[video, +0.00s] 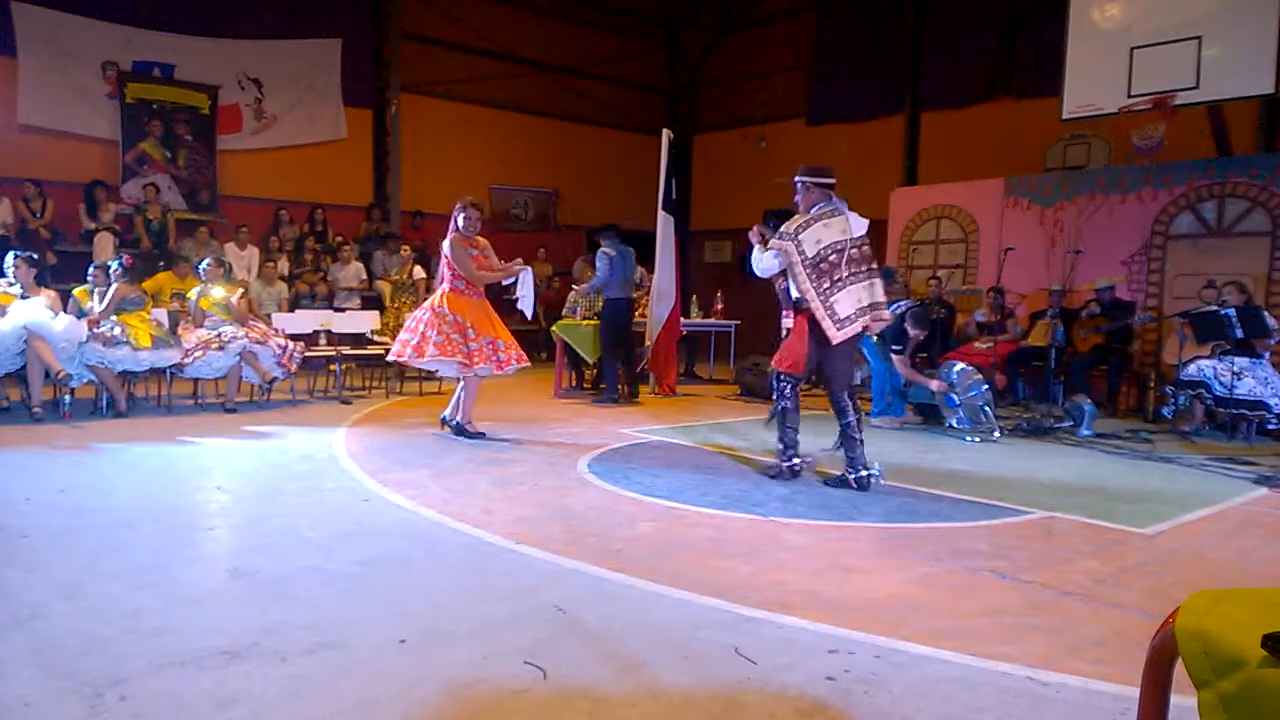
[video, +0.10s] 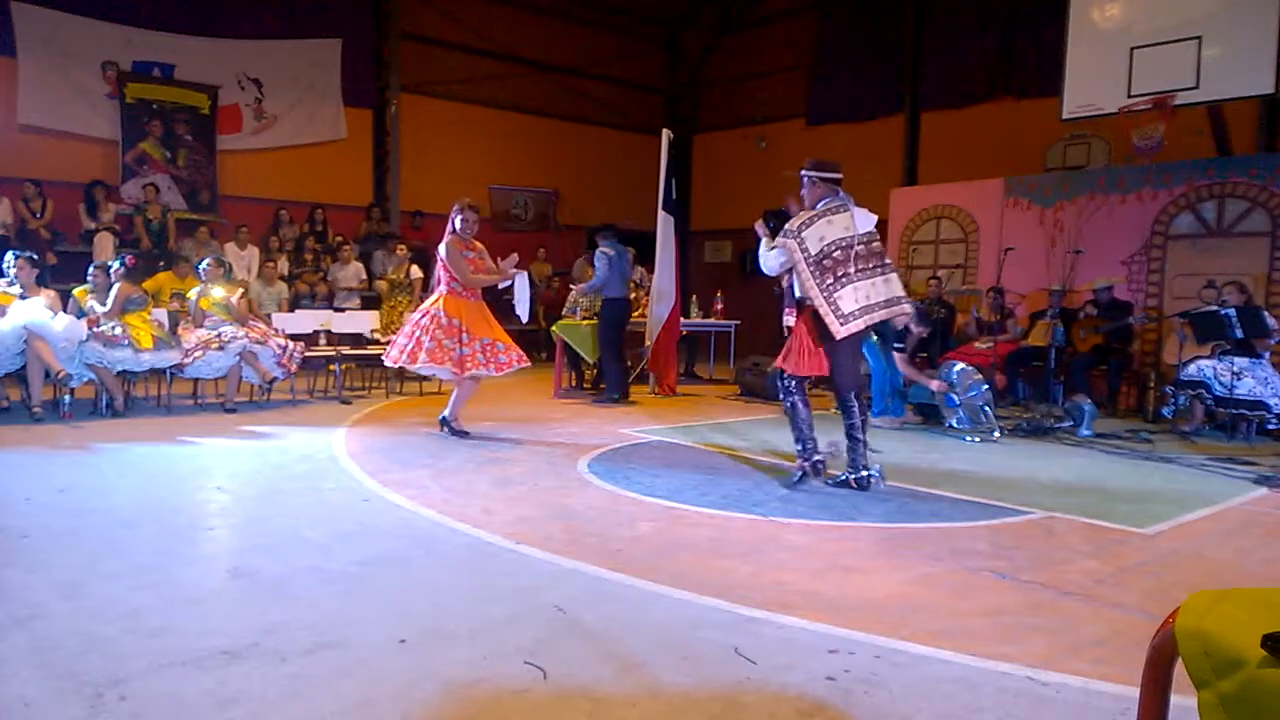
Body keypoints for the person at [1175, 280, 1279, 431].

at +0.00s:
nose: (1224, 298)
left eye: (1229, 293)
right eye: (1222, 294)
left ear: (1243, 297)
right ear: (1218, 297)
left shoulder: (1257, 315)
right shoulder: (1217, 316)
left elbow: (1264, 346)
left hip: (1254, 365)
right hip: (1223, 363)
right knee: (1197, 368)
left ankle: (1242, 424)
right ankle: (1197, 419)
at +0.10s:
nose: (1224, 298)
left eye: (1229, 293)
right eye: (1222, 294)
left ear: (1243, 297)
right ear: (1218, 297)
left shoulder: (1257, 315)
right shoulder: (1217, 316)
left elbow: (1265, 346)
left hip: (1254, 365)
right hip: (1223, 363)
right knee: (1197, 368)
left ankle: (1242, 424)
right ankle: (1197, 419)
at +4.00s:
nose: (1226, 297)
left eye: (1232, 293)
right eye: (1225, 293)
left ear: (1245, 298)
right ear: (1222, 296)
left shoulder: (1257, 315)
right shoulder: (1219, 315)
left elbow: (1265, 345)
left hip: (1253, 364)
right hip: (1223, 363)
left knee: (1246, 382)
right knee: (1198, 369)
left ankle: (1241, 426)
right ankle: (1196, 420)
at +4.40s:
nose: (1226, 297)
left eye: (1231, 293)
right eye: (1225, 293)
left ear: (1245, 297)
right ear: (1222, 296)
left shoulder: (1258, 315)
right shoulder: (1220, 316)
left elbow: (1264, 345)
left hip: (1253, 364)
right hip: (1224, 363)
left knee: (1246, 381)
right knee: (1198, 369)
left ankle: (1241, 426)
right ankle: (1196, 421)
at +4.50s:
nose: (1226, 297)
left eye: (1231, 293)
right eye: (1225, 293)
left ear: (1245, 297)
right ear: (1222, 296)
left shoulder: (1258, 315)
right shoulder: (1219, 316)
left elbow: (1265, 345)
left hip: (1253, 364)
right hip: (1223, 362)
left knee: (1246, 381)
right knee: (1198, 368)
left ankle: (1241, 426)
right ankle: (1196, 421)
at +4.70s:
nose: (1226, 296)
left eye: (1231, 293)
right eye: (1225, 293)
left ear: (1245, 297)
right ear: (1222, 296)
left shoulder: (1258, 315)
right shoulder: (1220, 316)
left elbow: (1265, 345)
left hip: (1253, 364)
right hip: (1224, 363)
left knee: (1245, 381)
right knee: (1199, 368)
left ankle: (1241, 426)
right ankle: (1196, 421)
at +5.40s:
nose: (1225, 296)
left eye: (1231, 292)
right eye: (1224, 293)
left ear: (1245, 297)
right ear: (1221, 296)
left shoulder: (1257, 315)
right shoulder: (1218, 316)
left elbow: (1264, 346)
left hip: (1253, 364)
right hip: (1223, 363)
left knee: (1247, 382)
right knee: (1198, 368)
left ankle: (1242, 426)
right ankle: (1195, 420)